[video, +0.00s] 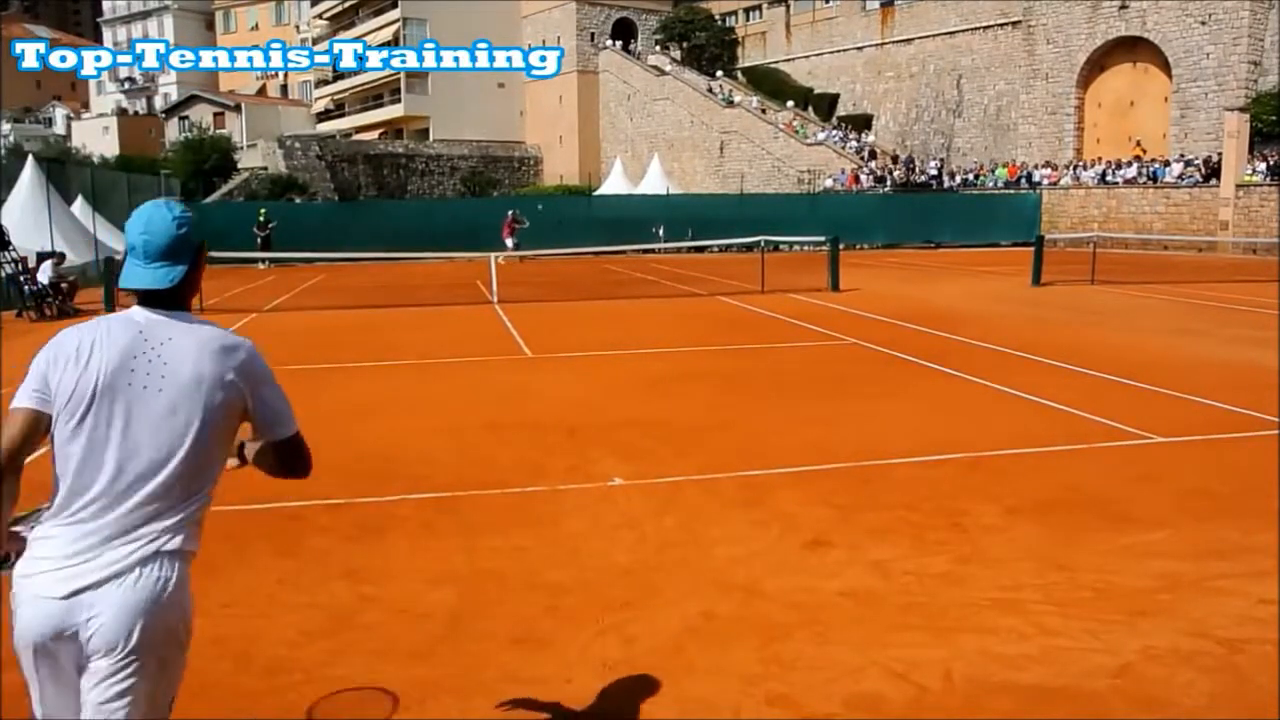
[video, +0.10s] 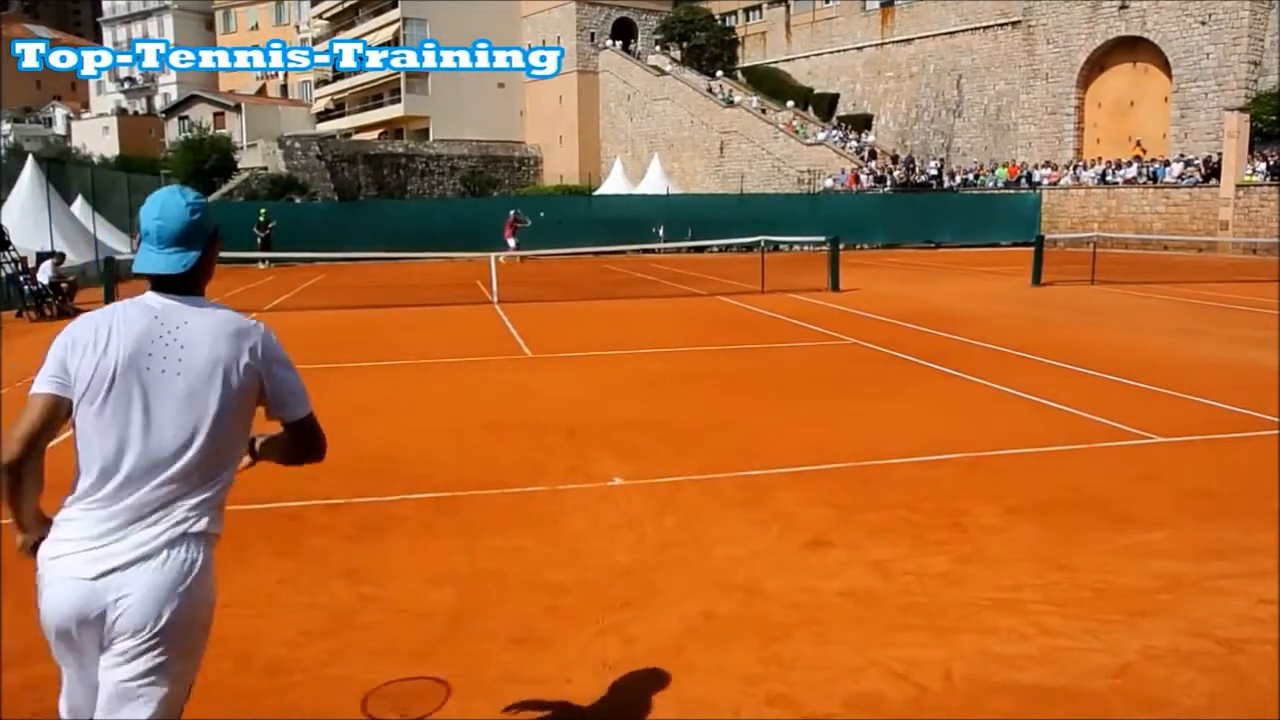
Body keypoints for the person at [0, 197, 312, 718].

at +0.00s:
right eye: (198, 264)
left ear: (127, 265)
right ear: (196, 270)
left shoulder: (68, 345)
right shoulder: (229, 353)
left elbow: (8, 453)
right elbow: (295, 462)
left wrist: (4, 535)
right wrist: (247, 450)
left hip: (43, 592)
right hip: (141, 599)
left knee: (56, 711)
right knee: (115, 711)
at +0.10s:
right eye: (214, 248)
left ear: (142, 249)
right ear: (210, 255)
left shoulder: (85, 333)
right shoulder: (246, 337)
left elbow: (18, 449)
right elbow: (309, 445)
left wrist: (28, 524)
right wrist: (257, 446)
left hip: (69, 573)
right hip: (166, 581)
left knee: (78, 707)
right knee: (133, 711)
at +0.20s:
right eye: (223, 239)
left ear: (155, 240)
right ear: (223, 246)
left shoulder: (101, 323)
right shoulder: (262, 326)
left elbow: (40, 446)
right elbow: (321, 433)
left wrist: (69, 524)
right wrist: (264, 447)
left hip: (97, 559)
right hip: (193, 565)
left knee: (108, 700)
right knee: (145, 710)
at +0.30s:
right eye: (238, 235)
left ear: (170, 237)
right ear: (238, 241)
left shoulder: (117, 317)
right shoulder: (279, 320)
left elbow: (62, 440)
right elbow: (333, 430)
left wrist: (107, 510)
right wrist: (279, 451)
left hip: (124, 549)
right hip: (220, 551)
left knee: (143, 703)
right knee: (164, 711)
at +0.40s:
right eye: (238, 235)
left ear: (171, 237)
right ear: (238, 241)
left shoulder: (117, 317)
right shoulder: (279, 320)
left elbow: (62, 440)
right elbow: (333, 430)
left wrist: (107, 510)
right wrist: (279, 451)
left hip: (124, 550)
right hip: (220, 551)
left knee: (143, 703)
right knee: (164, 711)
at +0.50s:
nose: (256, 239)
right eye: (254, 232)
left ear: (187, 235)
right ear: (252, 239)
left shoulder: (132, 318)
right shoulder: (293, 319)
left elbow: (85, 440)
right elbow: (344, 432)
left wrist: (139, 495)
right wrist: (291, 459)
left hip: (148, 547)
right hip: (242, 548)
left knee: (175, 704)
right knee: (201, 710)